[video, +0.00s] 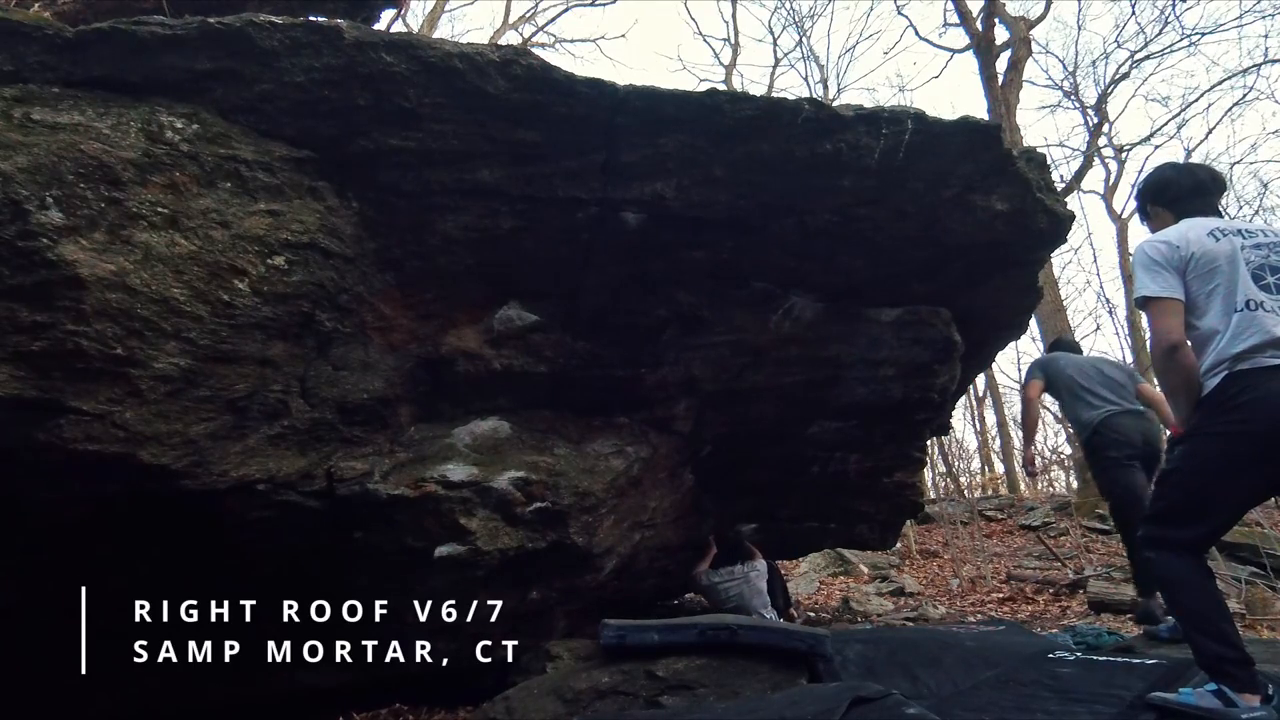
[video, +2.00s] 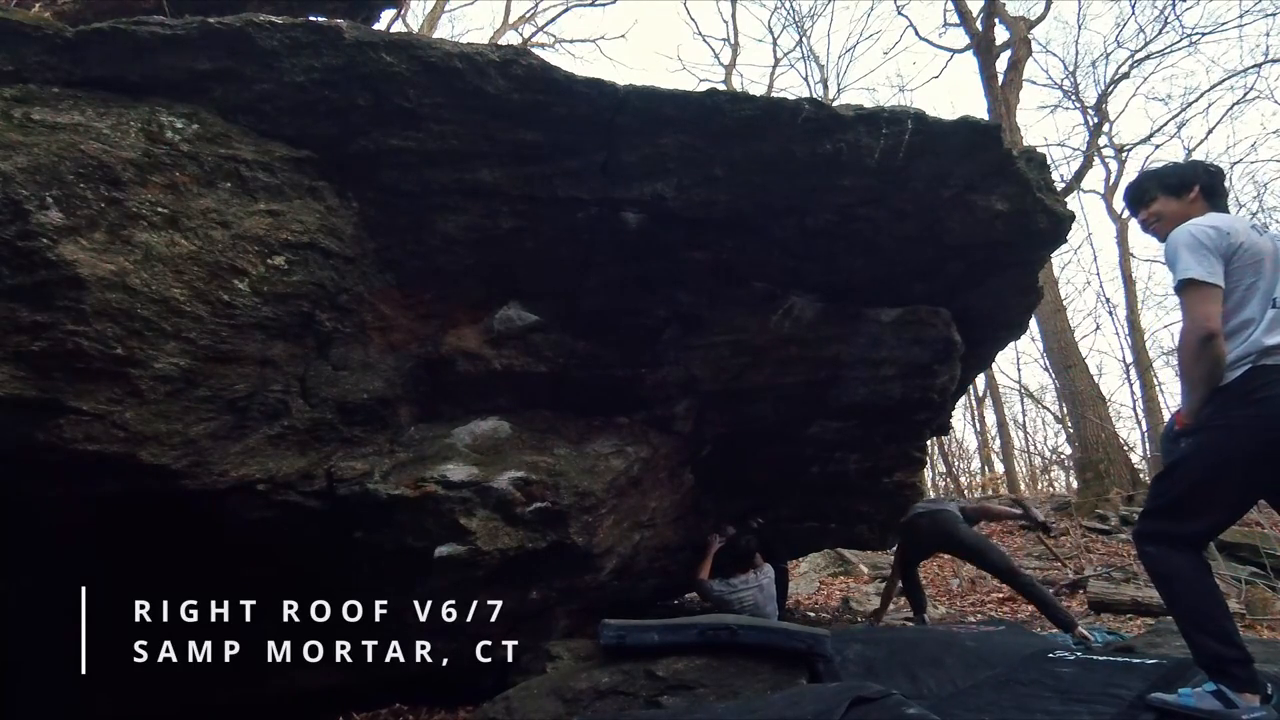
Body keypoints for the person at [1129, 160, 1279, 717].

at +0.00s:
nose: (1146, 226)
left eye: (1145, 217)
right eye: (1144, 218)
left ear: (1159, 212)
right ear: (1215, 204)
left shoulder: (1162, 245)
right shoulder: (1265, 234)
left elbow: (1171, 344)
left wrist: (1190, 424)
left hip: (1253, 393)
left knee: (1166, 537)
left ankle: (1237, 684)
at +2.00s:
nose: (1146, 224)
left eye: (1150, 210)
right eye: (1141, 218)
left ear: (1192, 192)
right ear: (1200, 197)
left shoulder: (1195, 233)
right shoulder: (1258, 236)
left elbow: (1205, 334)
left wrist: (1193, 410)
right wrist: (1199, 408)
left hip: (1258, 392)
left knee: (1163, 533)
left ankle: (1235, 683)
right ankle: (1237, 680)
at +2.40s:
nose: (1145, 227)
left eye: (1148, 214)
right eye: (1140, 222)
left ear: (1189, 193)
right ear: (1199, 198)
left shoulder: (1196, 228)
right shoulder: (1254, 234)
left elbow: (1214, 319)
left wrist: (1197, 405)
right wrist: (1202, 406)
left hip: (1262, 386)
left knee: (1166, 528)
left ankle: (1236, 684)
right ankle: (1238, 682)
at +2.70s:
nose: (1142, 230)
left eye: (1144, 217)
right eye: (1136, 226)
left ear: (1183, 194)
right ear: (1194, 199)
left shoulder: (1189, 227)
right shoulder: (1251, 232)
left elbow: (1211, 315)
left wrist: (1199, 400)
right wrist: (1209, 397)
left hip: (1259, 384)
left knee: (1170, 528)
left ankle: (1237, 685)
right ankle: (1239, 682)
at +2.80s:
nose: (1141, 236)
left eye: (1141, 223)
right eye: (1135, 232)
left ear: (1175, 196)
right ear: (1189, 200)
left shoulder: (1187, 226)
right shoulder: (1249, 234)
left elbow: (1210, 315)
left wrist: (1198, 398)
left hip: (1259, 382)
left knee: (1170, 528)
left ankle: (1237, 685)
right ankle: (1240, 682)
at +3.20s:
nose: (1119, 248)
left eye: (1114, 236)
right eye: (1113, 240)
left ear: (1130, 220)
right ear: (1174, 208)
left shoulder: (1165, 232)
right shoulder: (1244, 243)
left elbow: (1202, 317)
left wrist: (1187, 406)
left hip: (1254, 381)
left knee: (1167, 527)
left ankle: (1237, 686)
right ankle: (1239, 682)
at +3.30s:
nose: (1117, 254)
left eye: (1111, 240)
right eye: (1110, 245)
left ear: (1124, 224)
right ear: (1165, 211)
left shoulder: (1152, 237)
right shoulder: (1238, 246)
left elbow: (1190, 320)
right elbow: (1272, 295)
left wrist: (1181, 408)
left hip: (1252, 382)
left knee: (1164, 527)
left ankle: (1238, 686)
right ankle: (1242, 683)